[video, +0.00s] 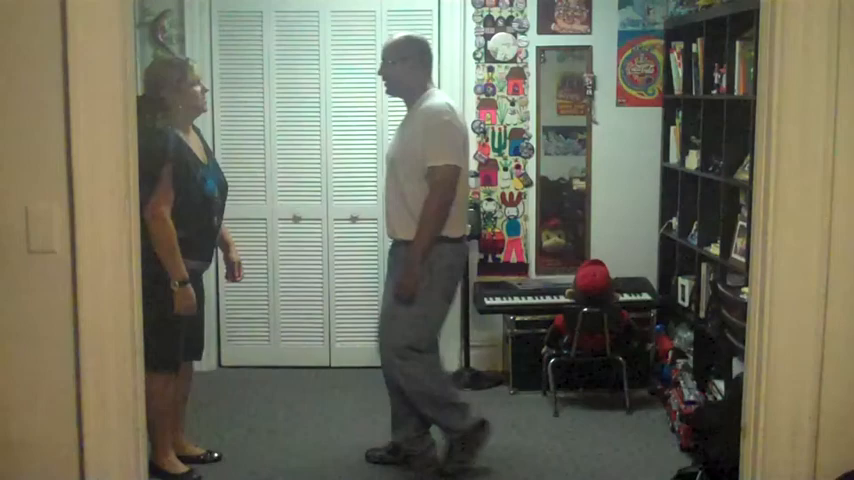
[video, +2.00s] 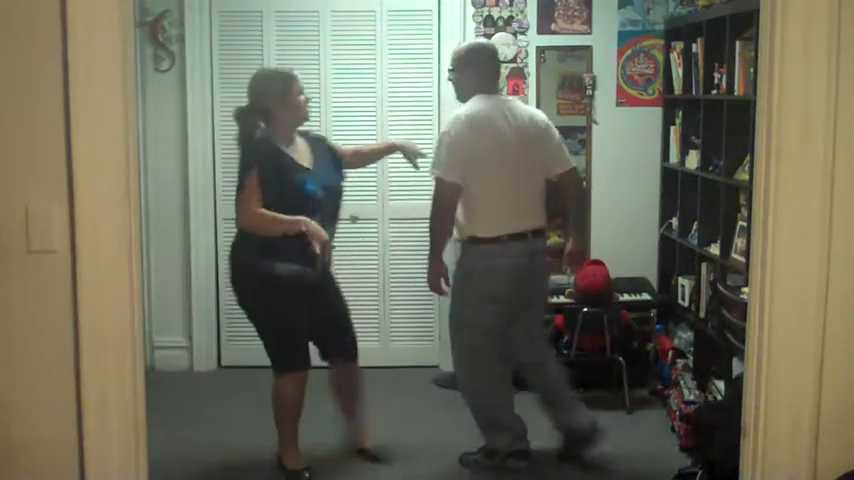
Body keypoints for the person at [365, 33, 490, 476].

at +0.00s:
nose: (381, 74)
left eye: (388, 65)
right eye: (382, 66)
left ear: (416, 67)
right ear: (409, 69)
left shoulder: (439, 115)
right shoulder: (418, 115)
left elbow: (443, 192)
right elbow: (422, 190)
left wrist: (414, 262)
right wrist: (403, 252)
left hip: (433, 251)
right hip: (412, 247)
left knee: (402, 347)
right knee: (401, 347)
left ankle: (465, 428)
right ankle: (411, 442)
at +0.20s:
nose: (370, 74)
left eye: (375, 65)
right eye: (371, 66)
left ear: (399, 65)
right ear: (402, 65)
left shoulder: (427, 113)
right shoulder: (411, 112)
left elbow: (428, 188)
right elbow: (416, 187)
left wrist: (393, 254)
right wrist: (393, 249)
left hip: (421, 248)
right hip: (410, 247)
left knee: (379, 340)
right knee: (409, 342)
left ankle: (411, 446)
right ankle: (411, 441)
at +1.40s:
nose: (391, 64)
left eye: (400, 57)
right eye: (393, 57)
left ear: (427, 62)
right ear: (417, 65)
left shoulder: (451, 109)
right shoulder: (418, 120)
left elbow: (476, 164)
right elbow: (406, 194)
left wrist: (417, 209)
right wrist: (373, 241)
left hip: (443, 244)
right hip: (417, 245)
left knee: (387, 329)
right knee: (414, 340)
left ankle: (460, 411)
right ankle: (413, 442)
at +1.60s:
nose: (418, 66)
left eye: (426, 59)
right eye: (420, 59)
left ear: (449, 64)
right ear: (449, 65)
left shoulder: (466, 112)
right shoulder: (451, 111)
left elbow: (462, 183)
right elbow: (456, 182)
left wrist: (404, 210)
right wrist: (412, 213)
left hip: (462, 249)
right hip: (444, 248)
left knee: (453, 347)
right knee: (421, 343)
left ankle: (503, 444)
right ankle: (413, 443)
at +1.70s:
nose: (426, 74)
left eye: (432, 66)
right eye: (427, 66)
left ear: (456, 70)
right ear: (464, 71)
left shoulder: (464, 116)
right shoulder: (480, 114)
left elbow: (446, 189)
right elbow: (499, 193)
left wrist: (409, 222)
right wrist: (433, 216)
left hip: (477, 255)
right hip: (472, 253)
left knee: (477, 349)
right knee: (424, 329)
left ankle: (506, 444)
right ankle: (418, 436)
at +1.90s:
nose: (443, 80)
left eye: (448, 72)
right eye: (444, 73)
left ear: (468, 75)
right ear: (486, 74)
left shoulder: (463, 125)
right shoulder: (526, 121)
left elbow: (439, 192)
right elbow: (555, 181)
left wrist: (427, 247)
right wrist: (564, 234)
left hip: (486, 255)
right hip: (526, 251)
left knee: (472, 349)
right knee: (492, 337)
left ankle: (504, 444)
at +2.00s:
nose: (452, 79)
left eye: (456, 72)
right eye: (452, 72)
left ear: (473, 73)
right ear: (495, 72)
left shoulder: (460, 125)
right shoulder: (534, 119)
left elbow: (445, 199)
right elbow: (573, 185)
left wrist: (434, 258)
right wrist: (576, 239)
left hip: (485, 256)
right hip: (533, 252)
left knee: (477, 357)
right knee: (530, 343)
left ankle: (504, 446)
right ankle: (578, 426)